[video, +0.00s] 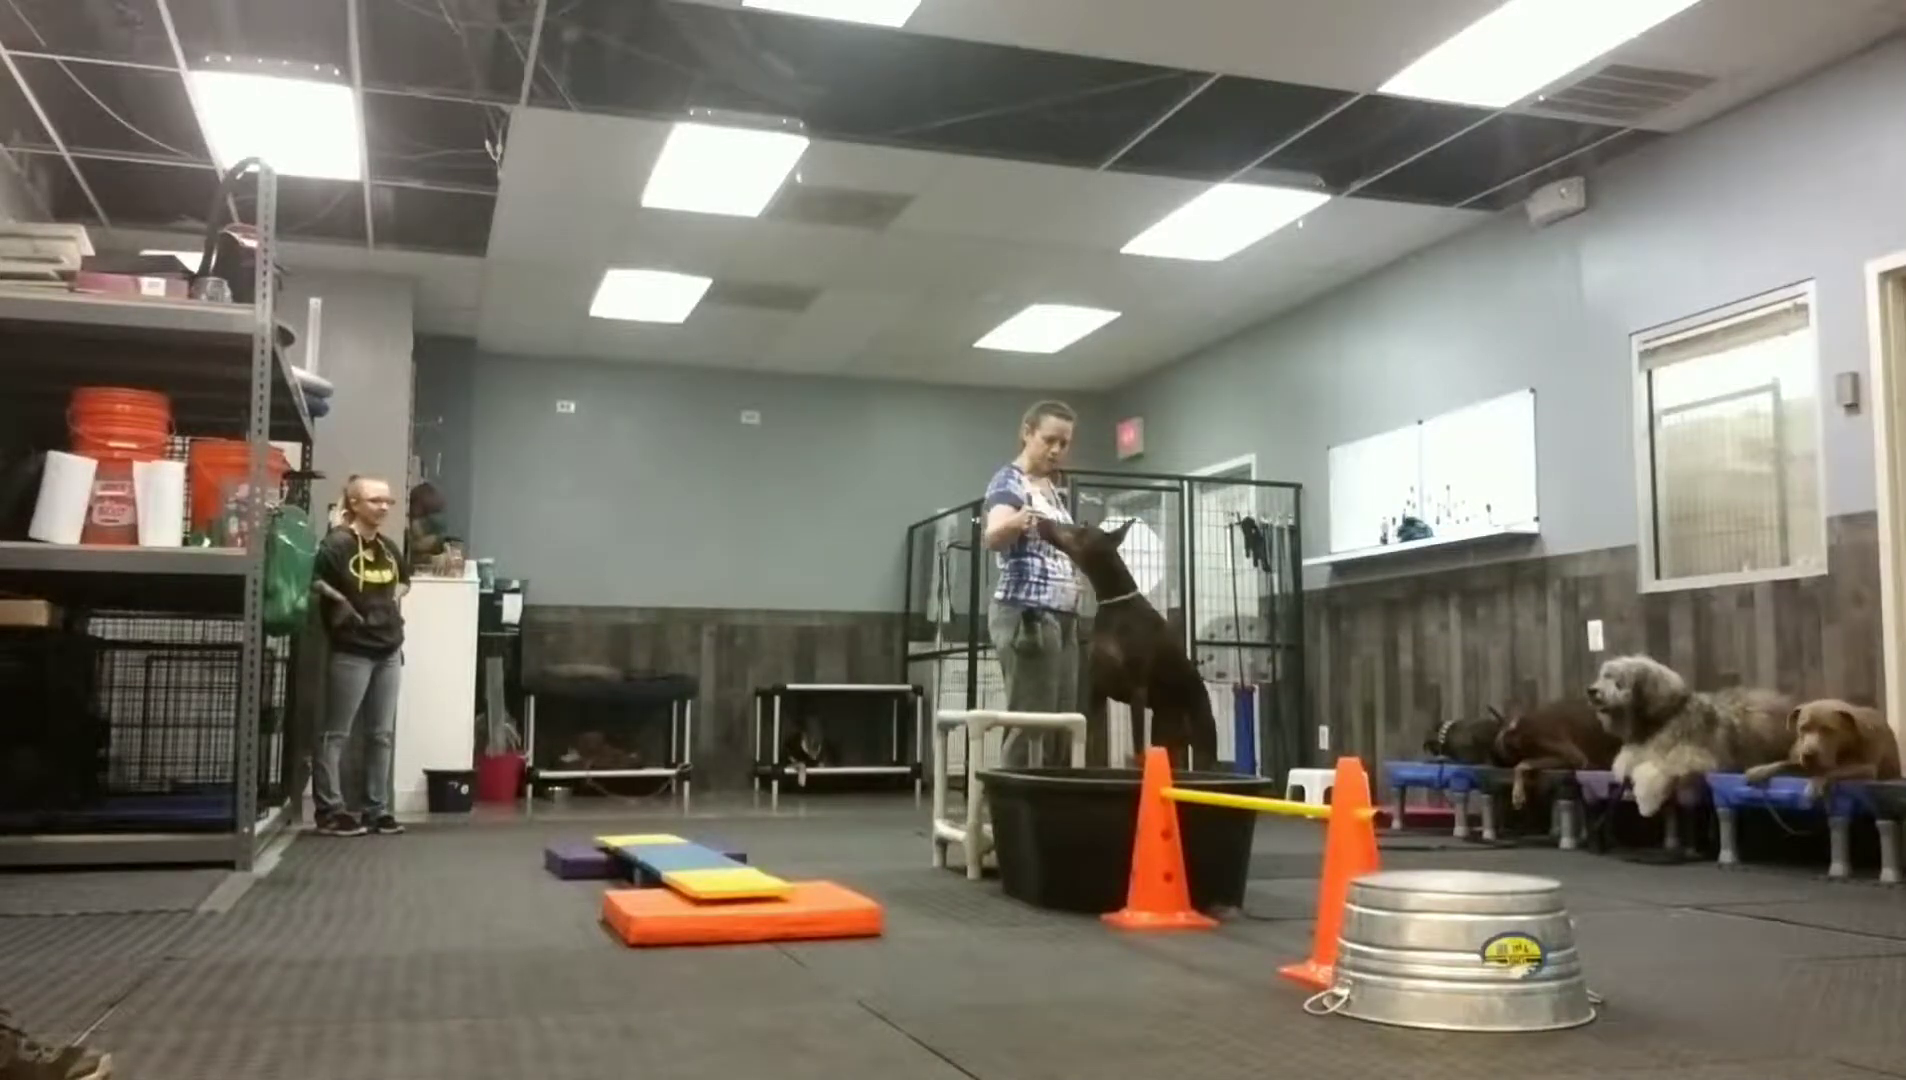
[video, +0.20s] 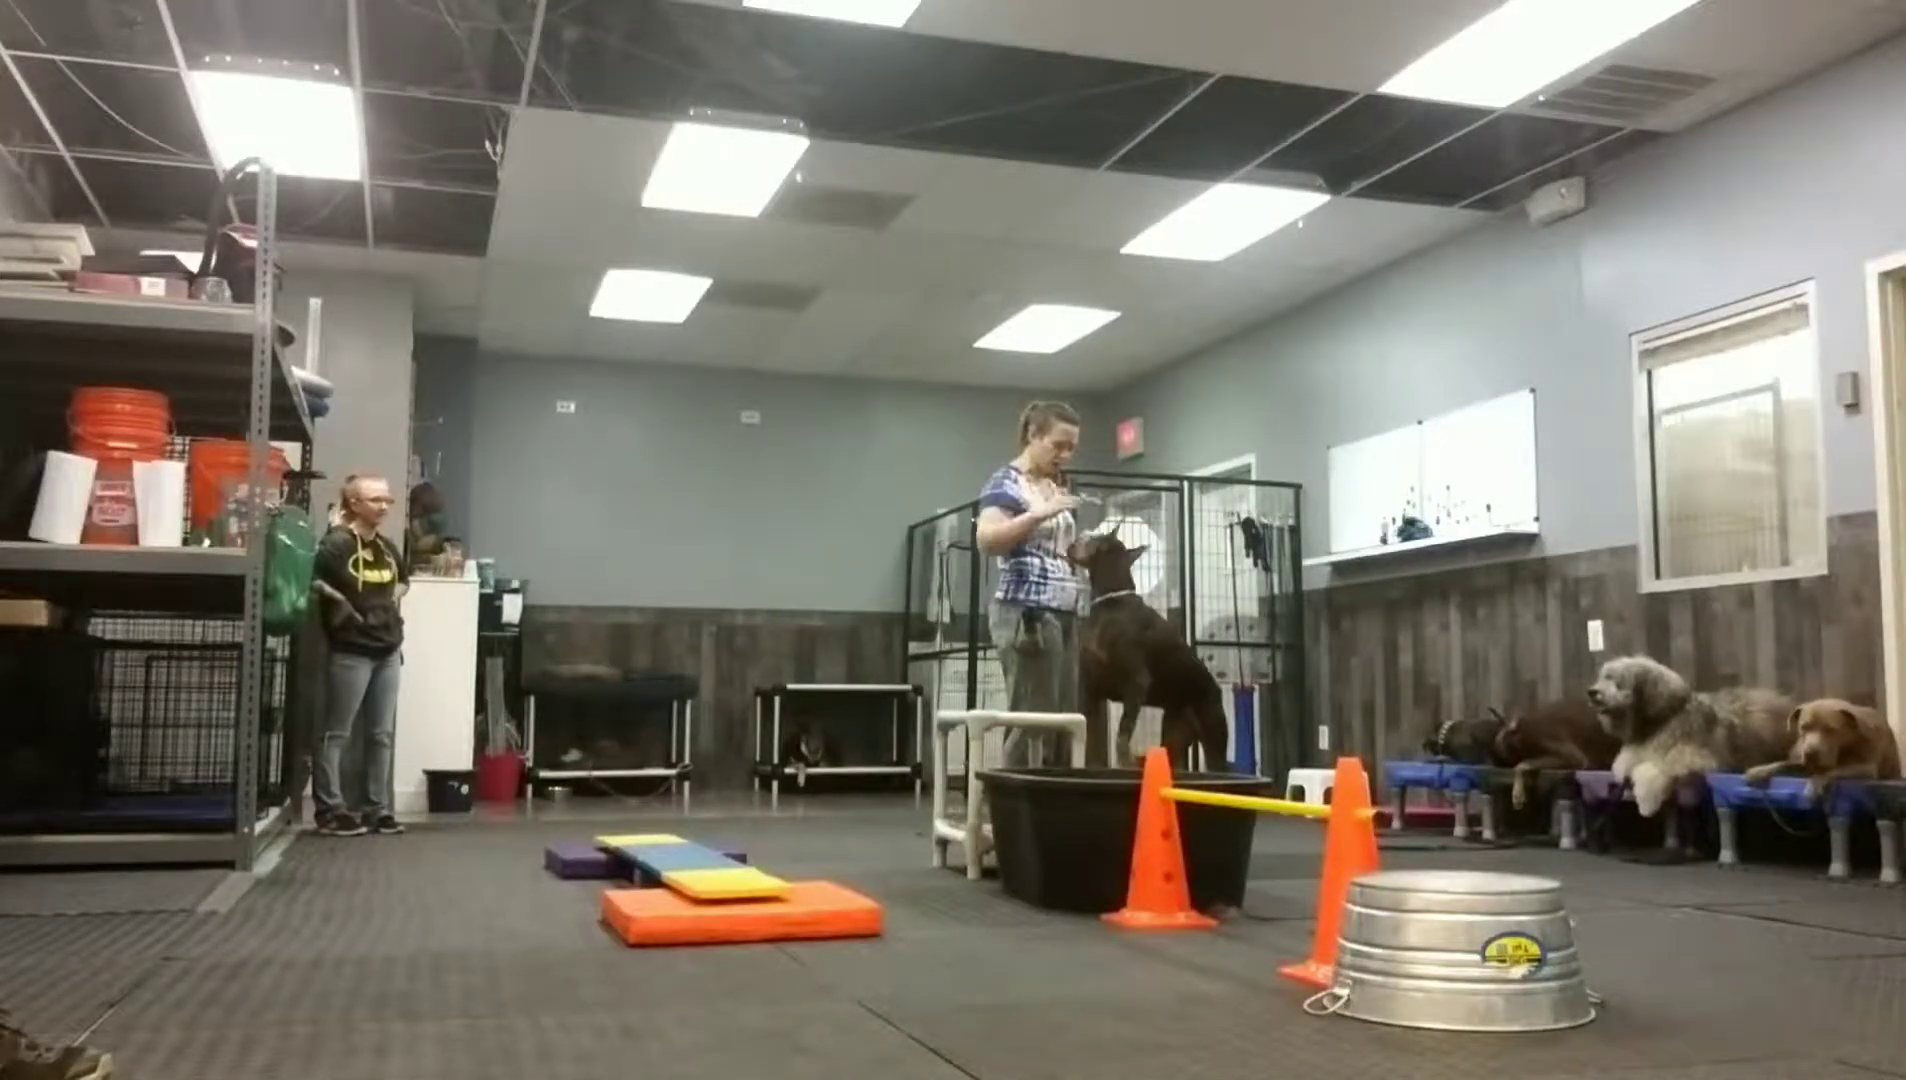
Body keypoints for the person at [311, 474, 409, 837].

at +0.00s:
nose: (384, 507)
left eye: (387, 501)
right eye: (376, 501)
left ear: (388, 506)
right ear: (355, 504)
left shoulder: (387, 546)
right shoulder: (338, 543)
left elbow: (401, 582)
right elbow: (317, 582)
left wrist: (392, 616)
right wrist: (344, 608)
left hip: (388, 649)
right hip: (352, 649)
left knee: (381, 734)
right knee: (337, 734)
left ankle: (376, 810)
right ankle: (329, 810)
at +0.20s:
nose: (385, 507)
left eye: (386, 500)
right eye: (377, 500)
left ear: (383, 505)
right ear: (354, 504)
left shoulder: (385, 544)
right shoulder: (335, 545)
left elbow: (402, 580)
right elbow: (325, 588)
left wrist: (391, 613)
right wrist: (351, 616)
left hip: (387, 650)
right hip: (351, 650)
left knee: (381, 735)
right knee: (337, 734)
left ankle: (377, 810)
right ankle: (329, 810)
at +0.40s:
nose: (390, 506)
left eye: (390, 500)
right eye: (382, 500)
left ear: (381, 505)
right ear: (358, 505)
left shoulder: (385, 545)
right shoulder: (336, 544)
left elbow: (400, 582)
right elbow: (325, 589)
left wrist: (389, 618)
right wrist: (352, 619)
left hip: (386, 650)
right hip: (350, 650)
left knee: (380, 734)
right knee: (337, 734)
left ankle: (377, 810)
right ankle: (329, 811)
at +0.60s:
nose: (387, 508)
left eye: (388, 502)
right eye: (379, 502)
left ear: (386, 505)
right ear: (356, 504)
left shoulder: (384, 544)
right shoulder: (336, 543)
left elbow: (401, 580)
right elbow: (326, 587)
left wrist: (390, 616)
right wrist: (350, 617)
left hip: (386, 650)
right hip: (350, 649)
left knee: (380, 734)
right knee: (337, 734)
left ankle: (376, 810)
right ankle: (329, 810)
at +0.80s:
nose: (388, 507)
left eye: (390, 501)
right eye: (380, 501)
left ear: (388, 506)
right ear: (357, 504)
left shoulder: (387, 544)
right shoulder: (338, 541)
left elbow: (403, 579)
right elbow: (317, 580)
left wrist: (391, 612)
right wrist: (341, 607)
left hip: (386, 649)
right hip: (349, 650)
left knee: (380, 734)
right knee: (336, 734)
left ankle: (376, 810)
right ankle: (329, 811)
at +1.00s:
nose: (390, 508)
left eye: (391, 502)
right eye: (382, 501)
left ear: (389, 506)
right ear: (359, 504)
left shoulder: (387, 544)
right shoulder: (338, 542)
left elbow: (405, 578)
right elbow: (315, 581)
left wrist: (390, 610)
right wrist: (341, 605)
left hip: (388, 649)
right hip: (351, 649)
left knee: (381, 734)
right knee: (336, 734)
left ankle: (376, 810)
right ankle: (329, 810)